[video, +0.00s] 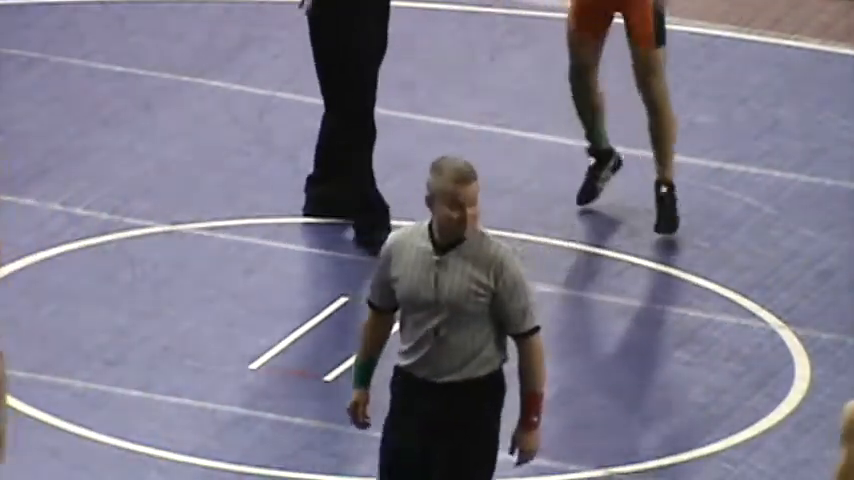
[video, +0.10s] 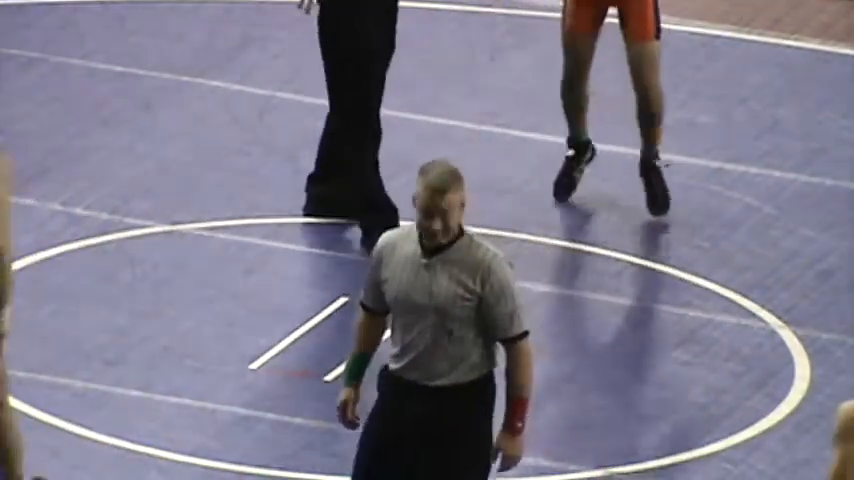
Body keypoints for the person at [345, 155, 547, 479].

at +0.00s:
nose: (466, 216)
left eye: (472, 206)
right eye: (455, 207)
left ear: (479, 202)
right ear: (430, 202)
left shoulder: (497, 261)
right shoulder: (398, 248)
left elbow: (528, 339)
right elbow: (379, 316)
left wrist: (530, 421)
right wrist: (361, 384)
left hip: (474, 397)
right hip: (411, 391)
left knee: (466, 472)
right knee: (397, 472)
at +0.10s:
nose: (434, 225)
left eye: (444, 215)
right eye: (426, 215)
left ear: (462, 207)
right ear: (415, 204)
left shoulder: (487, 267)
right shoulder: (389, 249)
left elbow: (517, 346)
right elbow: (372, 315)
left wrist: (514, 427)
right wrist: (352, 382)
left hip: (463, 403)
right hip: (399, 394)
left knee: (460, 473)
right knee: (371, 473)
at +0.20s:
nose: (405, 233)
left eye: (417, 224)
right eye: (401, 220)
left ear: (444, 218)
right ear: (395, 212)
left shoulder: (474, 273)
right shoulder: (377, 249)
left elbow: (503, 353)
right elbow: (363, 316)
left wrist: (493, 434)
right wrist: (340, 381)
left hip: (448, 406)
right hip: (386, 396)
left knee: (443, 473)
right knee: (350, 473)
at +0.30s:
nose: (382, 239)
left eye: (392, 231)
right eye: (377, 229)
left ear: (421, 224)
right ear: (371, 223)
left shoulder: (453, 276)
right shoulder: (362, 254)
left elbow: (483, 358)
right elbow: (347, 321)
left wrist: (469, 438)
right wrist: (326, 385)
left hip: (431, 407)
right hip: (370, 396)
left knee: (417, 472)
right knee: (336, 472)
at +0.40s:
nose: (357, 244)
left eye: (367, 236)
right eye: (353, 234)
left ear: (395, 229)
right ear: (348, 225)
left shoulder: (428, 280)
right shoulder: (338, 260)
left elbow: (458, 362)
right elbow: (326, 327)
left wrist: (445, 444)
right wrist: (308, 394)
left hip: (408, 412)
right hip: (349, 403)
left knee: (395, 473)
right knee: (318, 472)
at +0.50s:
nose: (330, 247)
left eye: (339, 239)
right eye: (324, 237)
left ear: (366, 230)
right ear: (317, 229)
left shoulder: (399, 283)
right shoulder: (310, 269)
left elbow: (429, 366)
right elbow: (299, 335)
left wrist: (420, 447)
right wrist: (284, 403)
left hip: (380, 415)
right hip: (320, 408)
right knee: (293, 472)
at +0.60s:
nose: (303, 245)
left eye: (312, 236)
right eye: (296, 235)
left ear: (335, 225)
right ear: (287, 227)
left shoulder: (367, 282)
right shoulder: (278, 265)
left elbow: (394, 365)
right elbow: (268, 334)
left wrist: (391, 446)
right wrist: (258, 402)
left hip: (347, 414)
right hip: (287, 410)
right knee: (267, 472)